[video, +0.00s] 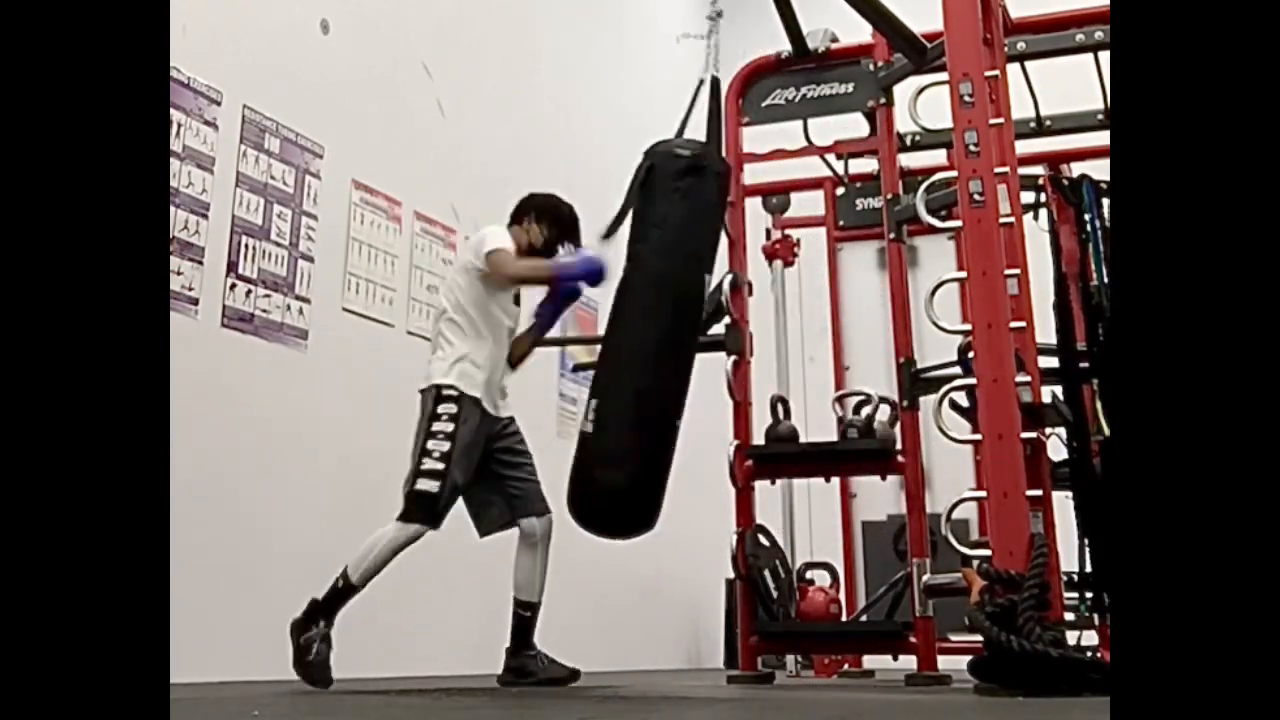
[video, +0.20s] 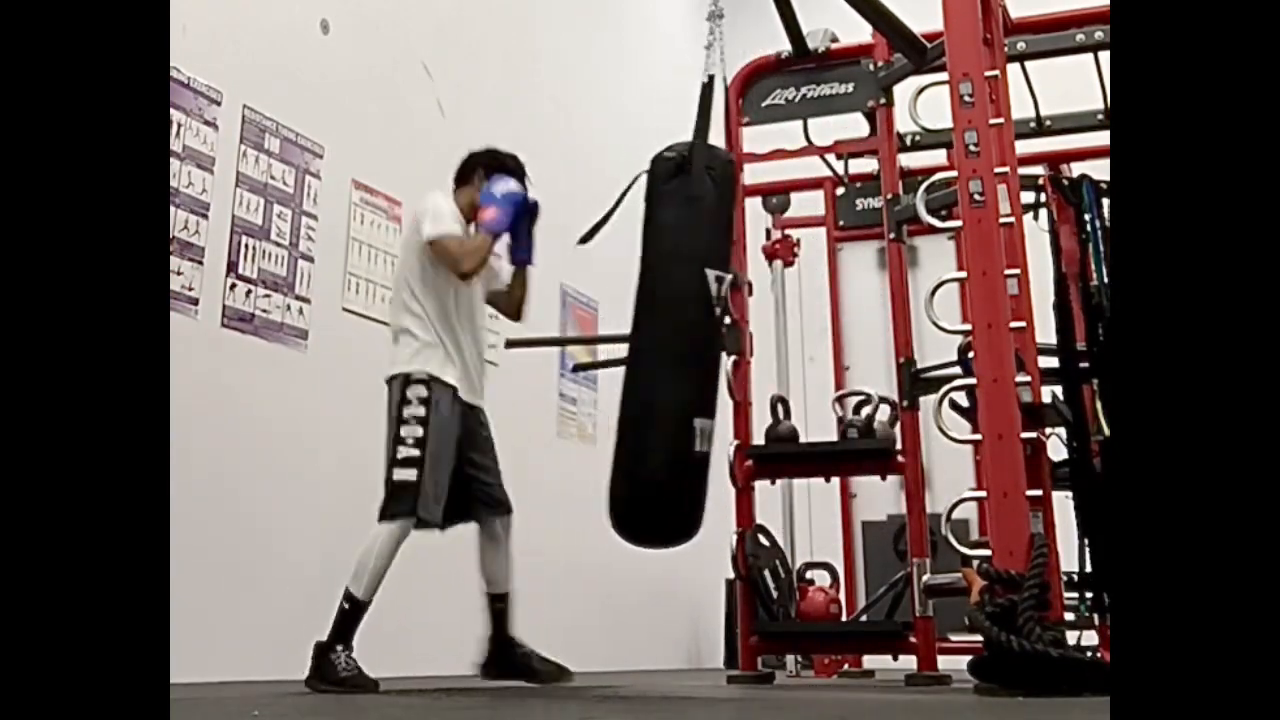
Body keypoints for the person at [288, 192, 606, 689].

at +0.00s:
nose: (546, 251)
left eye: (553, 248)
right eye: (546, 240)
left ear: (542, 246)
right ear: (527, 220)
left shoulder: (512, 287)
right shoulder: (491, 237)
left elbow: (509, 359)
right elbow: (504, 270)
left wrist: (549, 310)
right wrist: (568, 269)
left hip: (494, 408)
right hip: (456, 394)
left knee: (536, 525)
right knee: (416, 522)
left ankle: (522, 654)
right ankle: (315, 620)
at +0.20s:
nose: (503, 205)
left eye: (508, 198)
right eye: (499, 193)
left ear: (490, 201)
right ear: (471, 184)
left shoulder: (479, 246)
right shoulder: (436, 206)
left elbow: (513, 307)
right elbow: (461, 263)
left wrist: (524, 245)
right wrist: (494, 223)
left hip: (464, 388)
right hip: (424, 376)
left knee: (496, 514)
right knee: (403, 512)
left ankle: (502, 647)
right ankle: (333, 651)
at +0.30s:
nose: (492, 165)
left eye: (497, 160)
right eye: (490, 153)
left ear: (479, 151)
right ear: (467, 137)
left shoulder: (459, 203)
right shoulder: (425, 164)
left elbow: (464, 280)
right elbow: (437, 223)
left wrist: (498, 226)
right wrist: (482, 187)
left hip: (452, 350)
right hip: (413, 337)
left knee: (446, 493)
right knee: (404, 473)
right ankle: (329, 619)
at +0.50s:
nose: (502, 172)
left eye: (508, 166)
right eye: (503, 160)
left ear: (483, 156)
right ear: (480, 146)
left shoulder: (466, 212)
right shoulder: (435, 162)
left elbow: (477, 289)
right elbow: (461, 214)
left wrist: (507, 225)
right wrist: (503, 180)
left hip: (457, 352)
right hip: (414, 335)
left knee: (517, 482)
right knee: (399, 480)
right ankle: (320, 642)